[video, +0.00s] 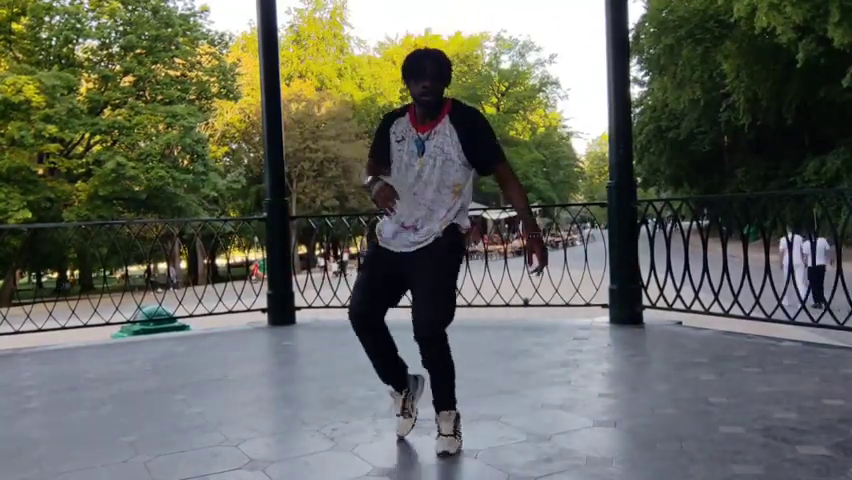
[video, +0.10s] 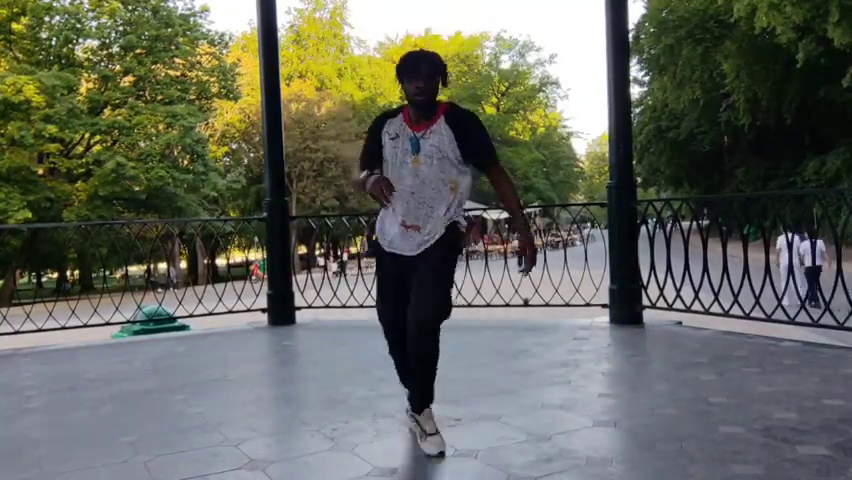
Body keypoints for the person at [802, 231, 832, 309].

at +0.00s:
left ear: (808, 234)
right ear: (818, 233)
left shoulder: (806, 243)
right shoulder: (823, 241)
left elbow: (805, 255)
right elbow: (828, 250)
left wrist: (805, 263)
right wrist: (830, 259)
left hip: (811, 266)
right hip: (821, 265)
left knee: (814, 285)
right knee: (820, 284)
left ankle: (816, 302)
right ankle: (821, 300)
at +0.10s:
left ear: (807, 235)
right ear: (816, 235)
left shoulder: (804, 244)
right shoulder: (820, 243)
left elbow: (801, 254)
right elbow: (824, 253)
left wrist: (802, 262)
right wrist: (828, 261)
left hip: (808, 266)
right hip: (818, 265)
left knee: (811, 285)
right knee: (814, 284)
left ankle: (816, 301)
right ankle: (810, 300)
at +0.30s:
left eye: (802, 234)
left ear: (804, 235)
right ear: (812, 235)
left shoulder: (800, 244)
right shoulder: (815, 243)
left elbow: (797, 254)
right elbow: (819, 254)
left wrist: (797, 263)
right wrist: (822, 263)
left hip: (803, 266)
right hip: (812, 265)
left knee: (801, 283)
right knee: (809, 284)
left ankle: (811, 296)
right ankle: (806, 299)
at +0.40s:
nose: (799, 234)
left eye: (800, 233)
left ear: (801, 233)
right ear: (809, 233)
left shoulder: (797, 243)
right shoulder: (813, 242)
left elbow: (795, 254)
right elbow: (817, 253)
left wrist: (793, 265)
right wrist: (818, 263)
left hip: (800, 265)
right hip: (810, 265)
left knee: (798, 283)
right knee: (809, 284)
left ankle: (802, 296)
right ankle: (806, 299)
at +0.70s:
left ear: (795, 236)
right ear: (802, 235)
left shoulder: (792, 243)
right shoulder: (805, 242)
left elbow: (788, 252)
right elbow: (809, 251)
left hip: (794, 264)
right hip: (804, 264)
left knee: (794, 282)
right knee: (804, 282)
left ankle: (794, 297)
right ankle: (806, 297)